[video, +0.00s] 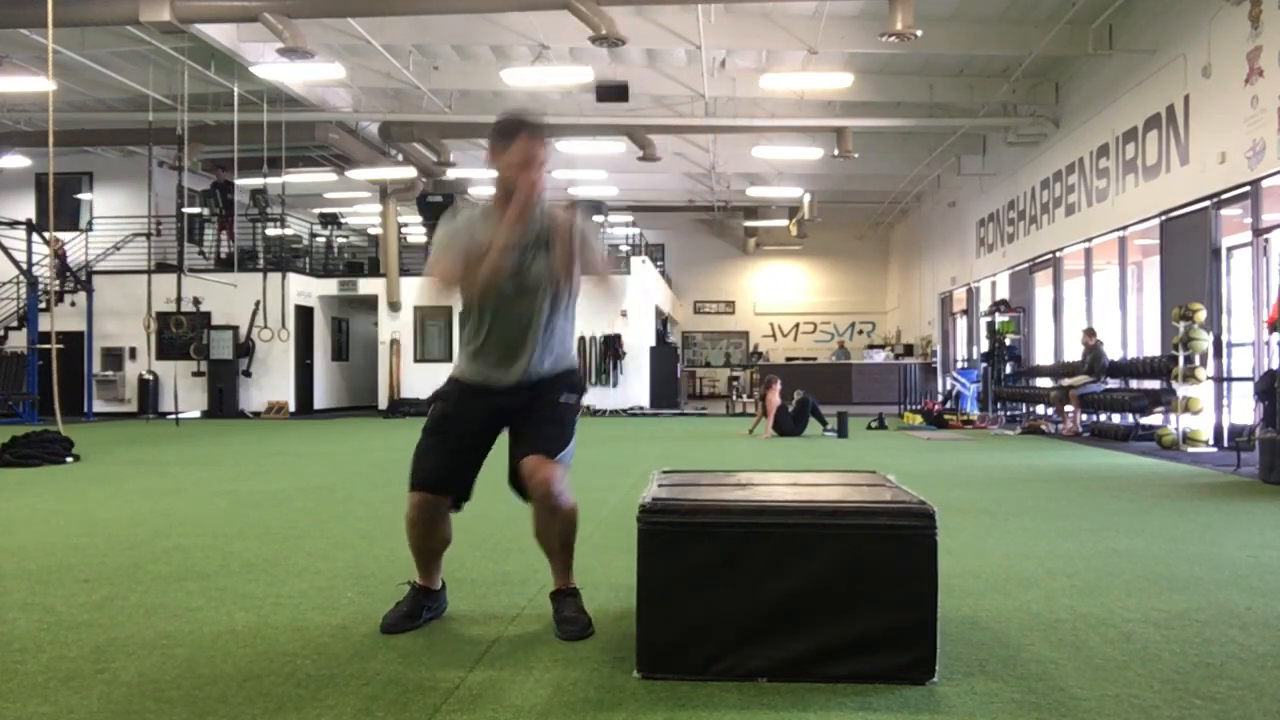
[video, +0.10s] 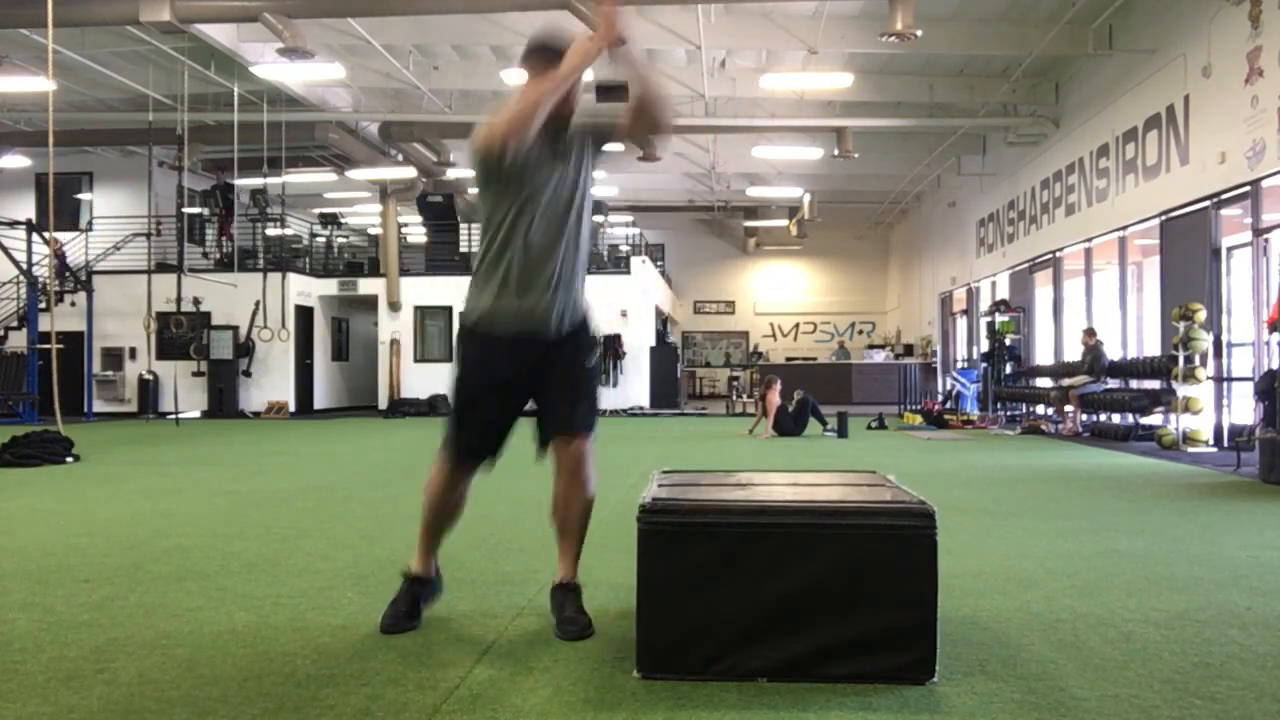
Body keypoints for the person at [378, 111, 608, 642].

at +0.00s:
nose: (536, 172)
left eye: (541, 163)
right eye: (525, 162)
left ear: (547, 164)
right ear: (495, 160)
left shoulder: (564, 224)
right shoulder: (465, 224)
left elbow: (595, 274)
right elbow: (468, 286)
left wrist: (565, 225)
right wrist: (512, 218)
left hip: (549, 378)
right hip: (476, 379)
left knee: (543, 478)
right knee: (425, 496)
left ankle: (565, 590)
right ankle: (427, 590)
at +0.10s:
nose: (557, 93)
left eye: (564, 83)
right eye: (547, 81)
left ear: (576, 86)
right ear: (527, 80)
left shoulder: (582, 132)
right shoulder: (496, 134)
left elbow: (652, 122)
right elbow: (508, 129)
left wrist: (626, 48)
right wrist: (584, 52)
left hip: (565, 326)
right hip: (494, 326)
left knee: (575, 452)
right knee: (455, 461)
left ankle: (566, 584)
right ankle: (422, 573)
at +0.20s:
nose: (625, 31)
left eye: (627, 21)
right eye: (620, 17)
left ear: (605, 18)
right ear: (584, 11)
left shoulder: (603, 65)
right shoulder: (534, 54)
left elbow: (671, 83)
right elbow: (494, 83)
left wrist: (698, 31)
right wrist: (589, 74)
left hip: (576, 241)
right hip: (518, 242)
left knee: (604, 367)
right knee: (522, 381)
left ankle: (570, 506)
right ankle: (448, 488)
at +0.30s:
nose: (666, 27)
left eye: (670, 18)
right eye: (662, 13)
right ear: (628, 3)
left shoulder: (636, 69)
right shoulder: (576, 32)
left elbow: (675, 113)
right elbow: (503, 67)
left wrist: (745, 113)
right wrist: (553, 142)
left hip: (576, 206)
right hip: (524, 201)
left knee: (652, 294)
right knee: (605, 296)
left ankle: (577, 410)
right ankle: (517, 410)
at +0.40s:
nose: (707, 42)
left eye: (710, 32)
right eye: (702, 27)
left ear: (674, 20)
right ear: (668, 12)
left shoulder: (659, 79)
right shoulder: (616, 40)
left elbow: (652, 147)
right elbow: (527, 69)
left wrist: (684, 204)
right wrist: (490, 163)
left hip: (585, 187)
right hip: (544, 180)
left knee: (666, 270)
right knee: (663, 258)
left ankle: (629, 395)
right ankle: (611, 398)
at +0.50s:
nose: (732, 68)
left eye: (737, 58)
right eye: (731, 52)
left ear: (702, 39)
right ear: (700, 33)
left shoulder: (670, 87)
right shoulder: (641, 61)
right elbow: (548, 92)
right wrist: (483, 161)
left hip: (587, 214)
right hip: (576, 205)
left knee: (679, 305)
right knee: (688, 292)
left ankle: (661, 444)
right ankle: (675, 442)